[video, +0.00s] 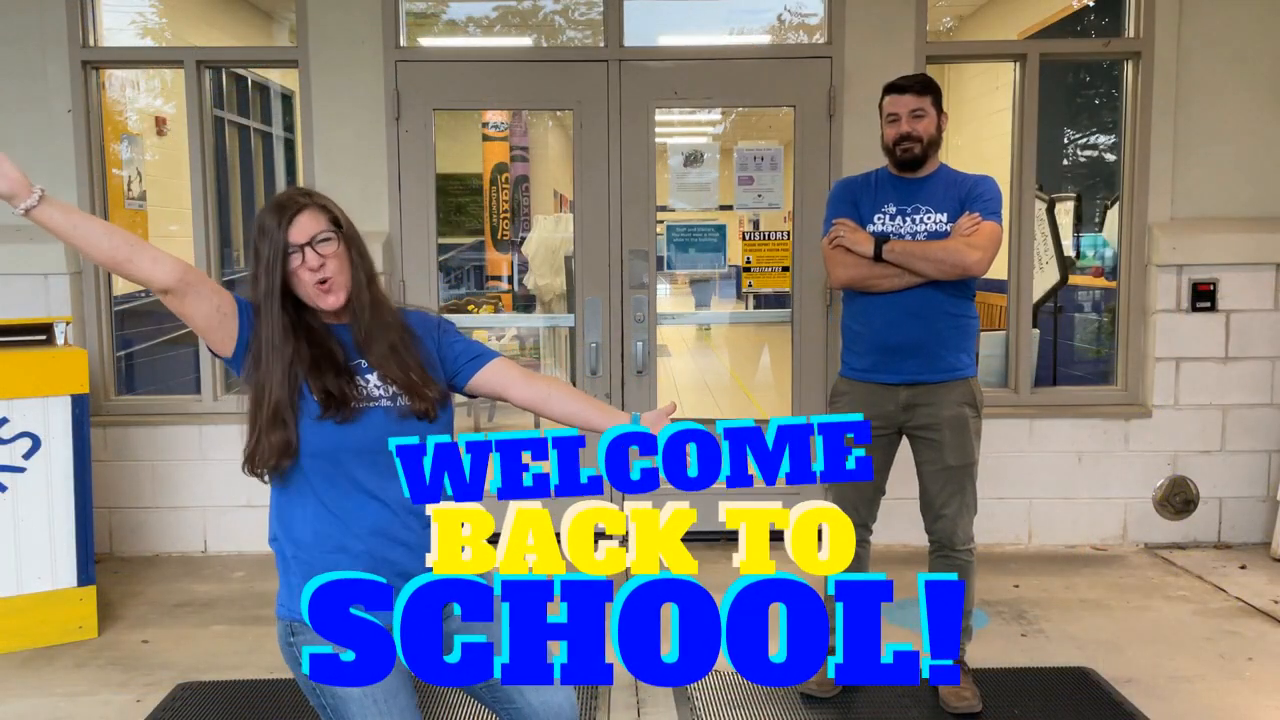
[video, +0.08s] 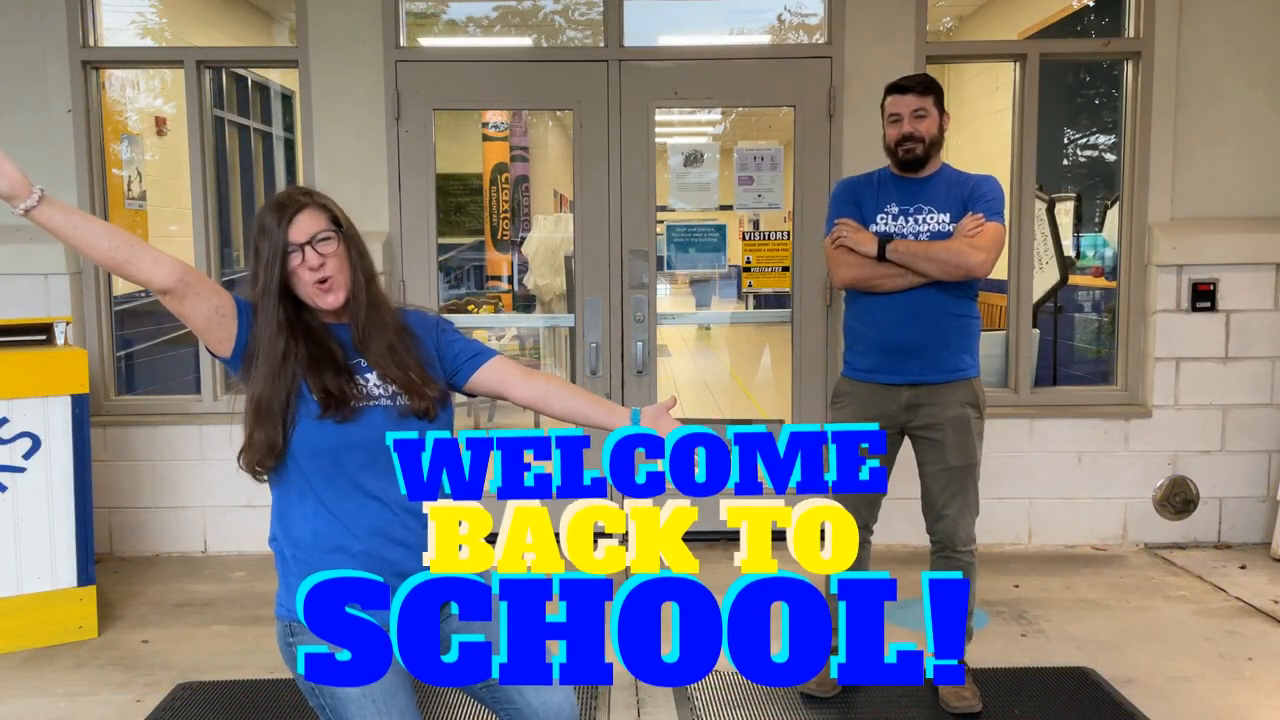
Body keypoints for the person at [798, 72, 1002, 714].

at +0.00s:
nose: (904, 127)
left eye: (917, 116)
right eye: (892, 118)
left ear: (940, 123)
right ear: (880, 127)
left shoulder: (975, 190)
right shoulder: (851, 193)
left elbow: (972, 262)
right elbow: (841, 274)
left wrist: (875, 243)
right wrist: (942, 260)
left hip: (946, 386)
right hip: (863, 385)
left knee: (951, 532)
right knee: (843, 527)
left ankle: (949, 664)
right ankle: (833, 655)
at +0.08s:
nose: (906, 127)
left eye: (919, 116)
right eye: (894, 118)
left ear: (942, 123)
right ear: (882, 128)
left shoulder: (978, 190)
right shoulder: (853, 193)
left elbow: (976, 263)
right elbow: (844, 274)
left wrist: (878, 242)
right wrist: (945, 260)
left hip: (948, 386)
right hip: (864, 386)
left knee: (953, 535)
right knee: (844, 529)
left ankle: (951, 668)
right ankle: (832, 656)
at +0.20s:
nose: (908, 129)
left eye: (921, 118)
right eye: (897, 120)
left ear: (945, 124)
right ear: (885, 130)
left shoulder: (984, 189)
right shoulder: (856, 193)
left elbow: (992, 273)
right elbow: (847, 277)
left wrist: (890, 255)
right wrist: (953, 260)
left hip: (953, 388)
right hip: (869, 387)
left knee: (959, 535)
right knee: (843, 529)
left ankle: (952, 666)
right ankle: (829, 653)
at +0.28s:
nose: (908, 133)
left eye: (921, 122)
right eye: (897, 123)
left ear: (944, 130)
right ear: (884, 133)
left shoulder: (984, 195)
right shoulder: (857, 198)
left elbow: (1009, 286)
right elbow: (835, 288)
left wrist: (931, 296)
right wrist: (942, 270)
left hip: (956, 393)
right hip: (870, 392)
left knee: (965, 537)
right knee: (837, 529)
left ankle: (953, 665)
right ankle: (826, 652)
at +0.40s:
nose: (897, 134)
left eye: (911, 122)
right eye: (886, 123)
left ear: (935, 130)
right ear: (872, 133)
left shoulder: (978, 188)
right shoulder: (848, 202)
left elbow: (1055, 251)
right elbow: (794, 278)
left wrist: (1026, 258)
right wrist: (822, 285)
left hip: (955, 395)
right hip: (869, 394)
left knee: (971, 534)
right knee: (825, 526)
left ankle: (954, 662)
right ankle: (817, 649)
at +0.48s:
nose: (881, 137)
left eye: (895, 126)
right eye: (870, 126)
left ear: (918, 134)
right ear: (857, 135)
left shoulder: (962, 176)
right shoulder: (837, 202)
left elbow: (1049, 200)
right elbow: (784, 238)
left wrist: (1059, 182)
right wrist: (751, 260)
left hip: (953, 397)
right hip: (865, 397)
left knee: (974, 537)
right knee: (820, 524)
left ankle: (955, 664)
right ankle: (809, 651)